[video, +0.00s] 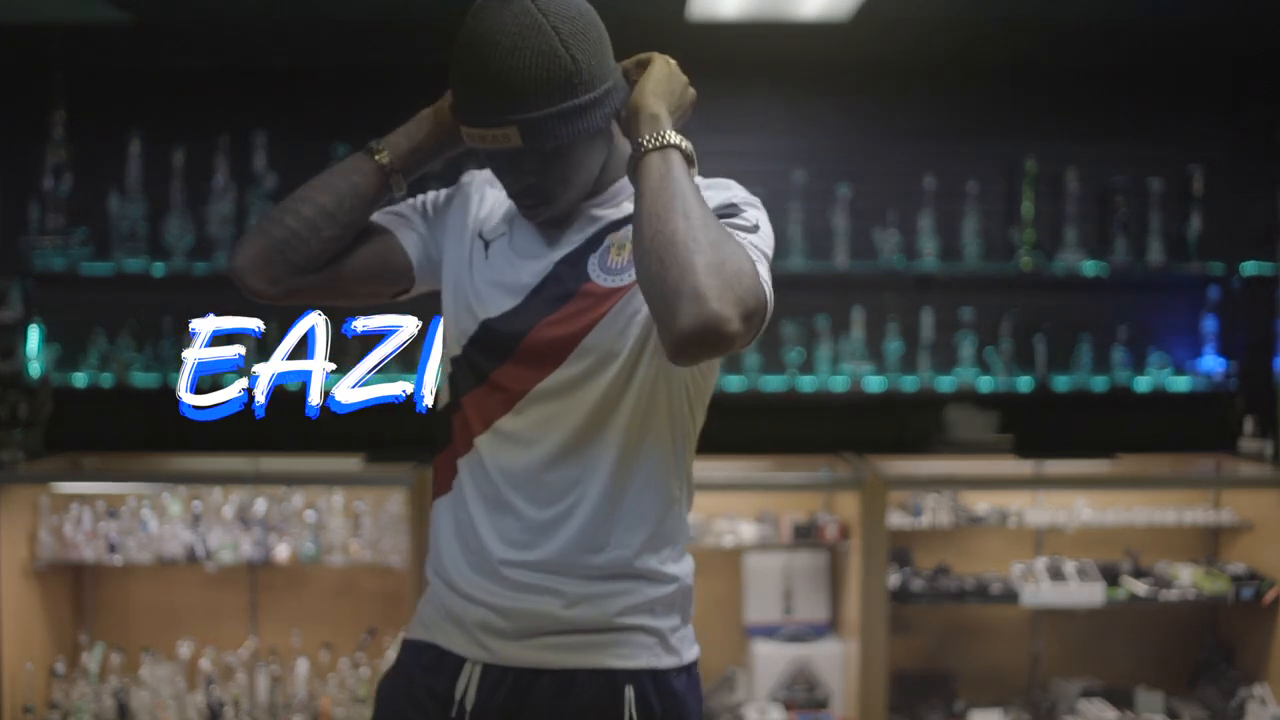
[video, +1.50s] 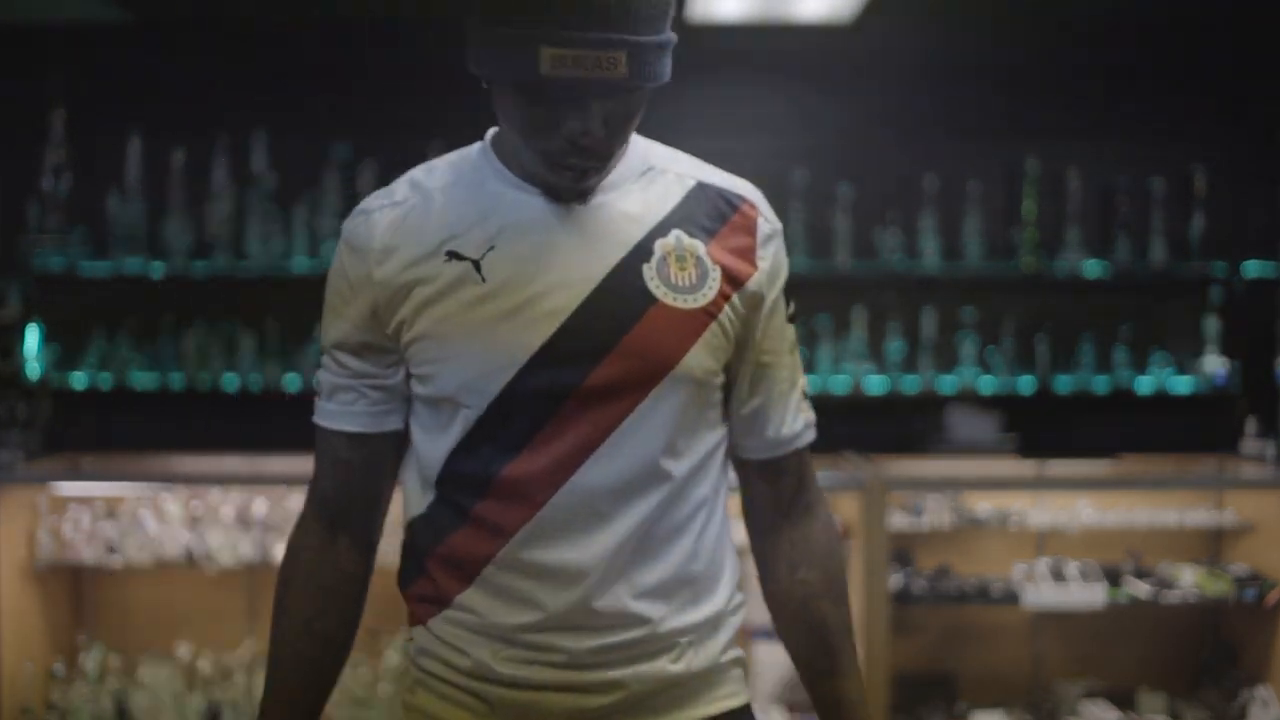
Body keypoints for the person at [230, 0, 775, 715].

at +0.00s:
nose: (520, 180)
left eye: (546, 149)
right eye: (500, 155)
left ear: (610, 117)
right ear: (477, 139)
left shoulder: (712, 213)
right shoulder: (465, 214)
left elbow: (699, 323)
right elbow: (263, 269)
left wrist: (655, 126)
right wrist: (431, 131)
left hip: (617, 670)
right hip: (444, 657)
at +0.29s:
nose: (434, 143)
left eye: (465, 110)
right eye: (411, 111)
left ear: (523, 91)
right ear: (380, 101)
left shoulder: (616, 212)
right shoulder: (349, 224)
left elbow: (696, 422)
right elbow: (161, 385)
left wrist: (603, 158)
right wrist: (276, 161)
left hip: (560, 677)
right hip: (375, 676)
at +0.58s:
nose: (307, 84)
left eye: (339, 55)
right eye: (278, 58)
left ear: (393, 61)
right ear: (248, 73)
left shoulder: (507, 198)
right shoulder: (198, 256)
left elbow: (593, 431)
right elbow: (188, 514)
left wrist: (635, 589)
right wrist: (50, 638)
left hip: (502, 671)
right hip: (306, 679)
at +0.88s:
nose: (286, 103)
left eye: (315, 67)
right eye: (250, 72)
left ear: (357, 59)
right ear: (205, 71)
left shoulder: (478, 197)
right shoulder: (144, 265)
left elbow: (570, 451)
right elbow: (146, 552)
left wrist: (671, 676)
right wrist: (128, 718)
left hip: (498, 677)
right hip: (288, 690)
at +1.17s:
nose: (365, 113)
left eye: (395, 74)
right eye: (329, 80)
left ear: (433, 59)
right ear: (273, 65)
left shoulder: (541, 201)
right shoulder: (198, 253)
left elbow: (616, 468)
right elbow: (175, 545)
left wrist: (693, 697)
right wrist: (150, 715)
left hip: (548, 685)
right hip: (328, 691)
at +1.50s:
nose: (586, 127)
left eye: (617, 94)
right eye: (550, 93)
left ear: (651, 79)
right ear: (489, 71)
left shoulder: (731, 224)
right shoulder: (389, 237)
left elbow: (788, 506)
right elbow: (337, 522)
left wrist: (848, 706)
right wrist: (283, 713)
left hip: (687, 688)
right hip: (467, 688)